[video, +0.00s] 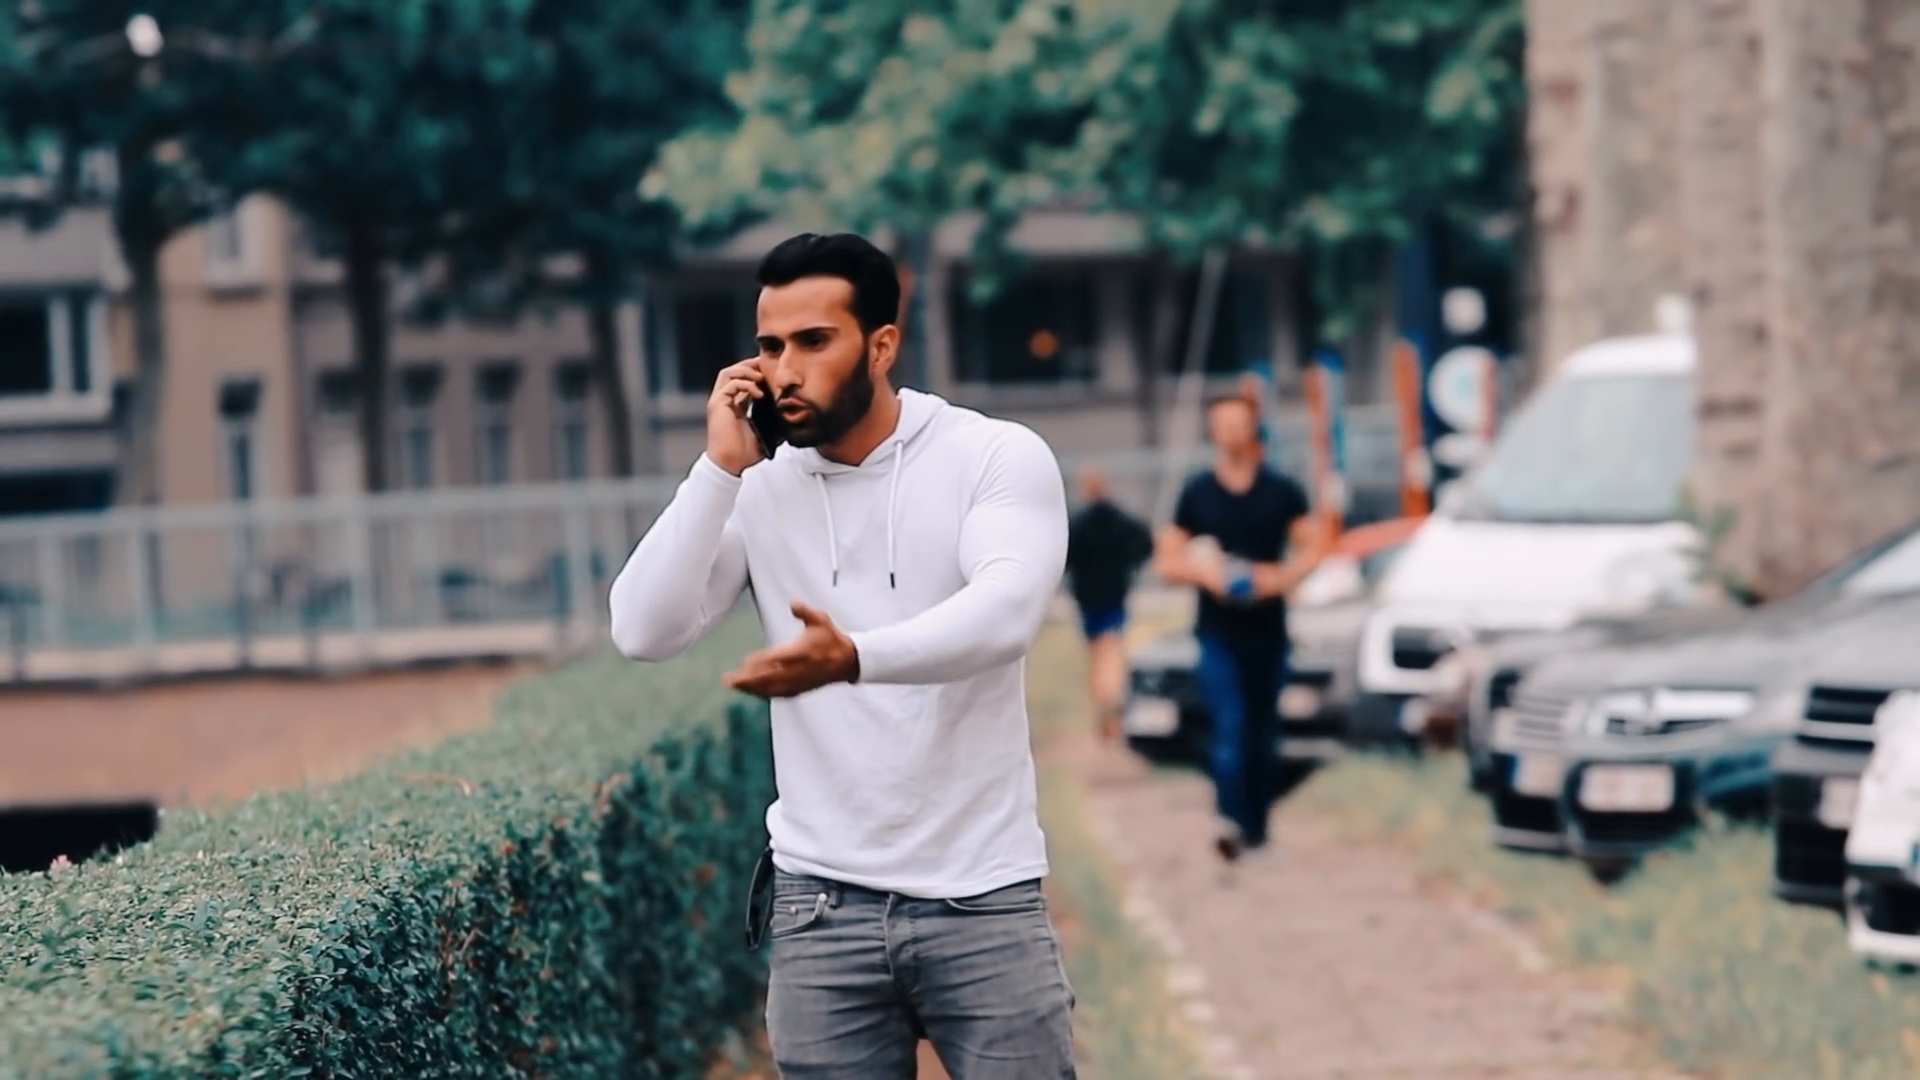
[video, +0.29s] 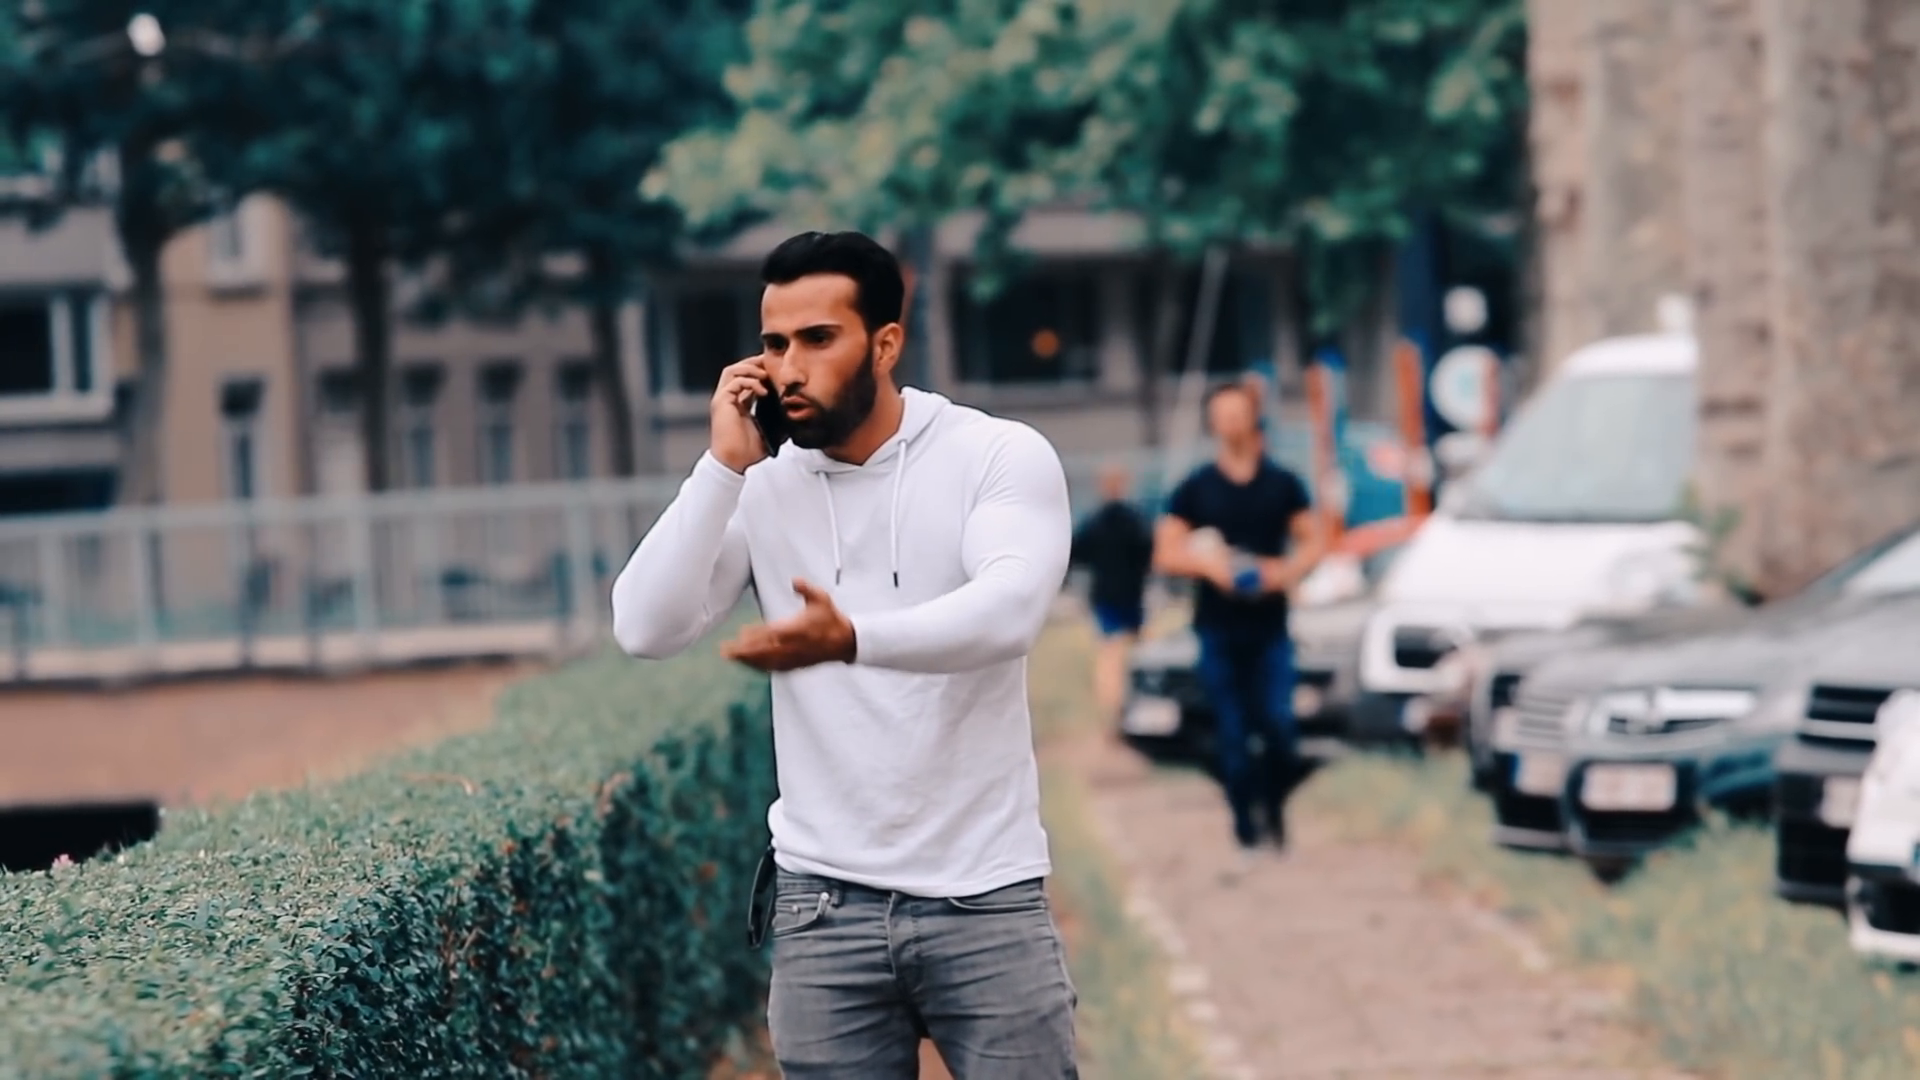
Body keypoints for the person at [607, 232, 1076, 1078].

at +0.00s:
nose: (782, 371)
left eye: (811, 342)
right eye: (769, 347)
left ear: (881, 345)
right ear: (755, 354)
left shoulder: (1000, 458)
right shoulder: (754, 490)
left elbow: (1003, 619)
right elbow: (641, 631)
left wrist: (856, 656)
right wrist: (720, 466)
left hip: (986, 900)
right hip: (817, 906)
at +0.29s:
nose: (786, 369)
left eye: (816, 339)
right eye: (774, 345)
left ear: (885, 343)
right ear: (760, 353)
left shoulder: (1003, 457)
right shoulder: (758, 489)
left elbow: (1008, 616)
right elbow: (643, 628)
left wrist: (852, 640)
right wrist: (723, 465)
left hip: (988, 900)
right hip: (819, 906)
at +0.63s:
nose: (793, 372)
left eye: (822, 342)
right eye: (780, 347)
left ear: (891, 344)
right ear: (765, 354)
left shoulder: (1010, 456)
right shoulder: (769, 483)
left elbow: (1010, 608)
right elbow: (649, 627)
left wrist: (838, 552)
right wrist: (728, 469)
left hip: (991, 896)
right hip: (823, 901)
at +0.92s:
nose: (792, 368)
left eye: (821, 338)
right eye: (778, 343)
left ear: (891, 341)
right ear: (764, 352)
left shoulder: (1008, 456)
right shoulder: (762, 488)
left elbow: (1012, 619)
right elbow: (649, 626)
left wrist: (862, 648)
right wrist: (728, 463)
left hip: (992, 898)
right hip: (824, 904)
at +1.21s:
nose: (791, 366)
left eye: (820, 336)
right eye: (778, 341)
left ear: (890, 338)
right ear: (764, 350)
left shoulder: (1008, 456)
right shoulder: (762, 487)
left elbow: (1015, 617)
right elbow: (650, 625)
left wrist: (881, 670)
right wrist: (729, 461)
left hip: (994, 897)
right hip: (826, 903)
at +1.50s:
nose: (793, 368)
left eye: (822, 337)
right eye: (780, 343)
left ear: (891, 340)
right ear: (766, 352)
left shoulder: (1009, 456)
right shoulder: (767, 483)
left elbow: (1008, 610)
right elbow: (649, 624)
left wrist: (835, 580)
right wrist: (728, 461)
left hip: (991, 896)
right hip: (823, 902)